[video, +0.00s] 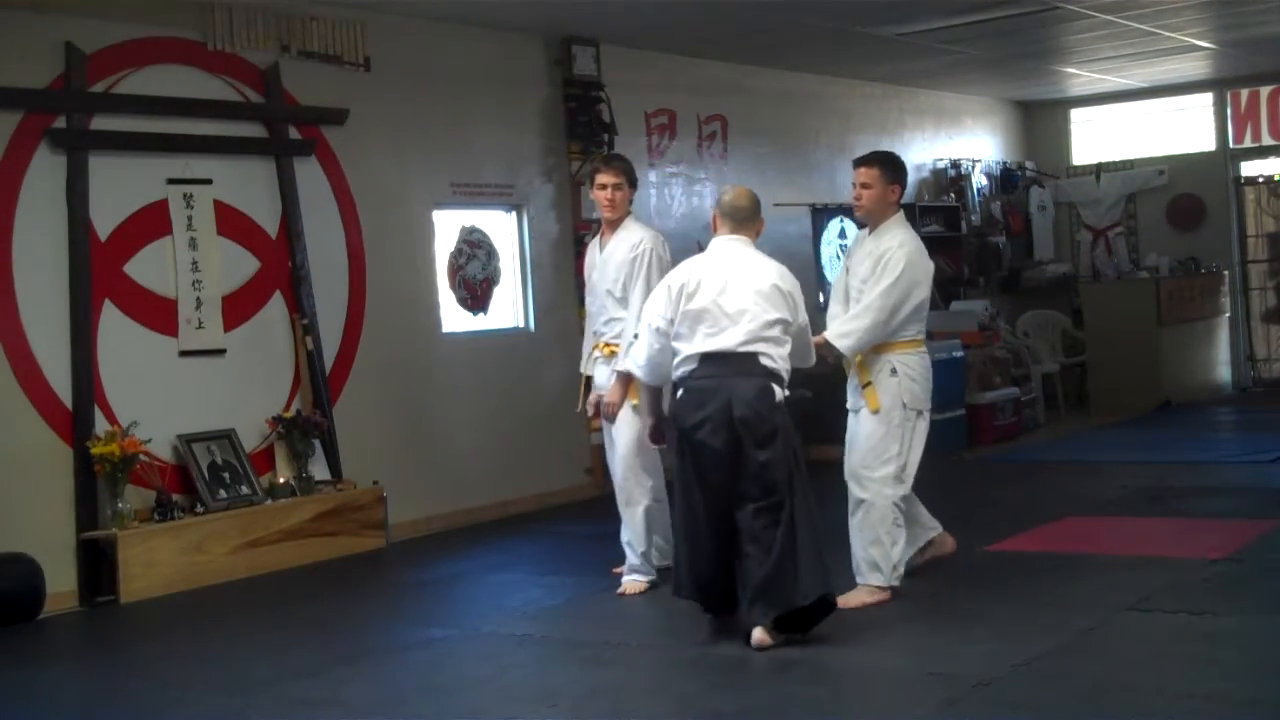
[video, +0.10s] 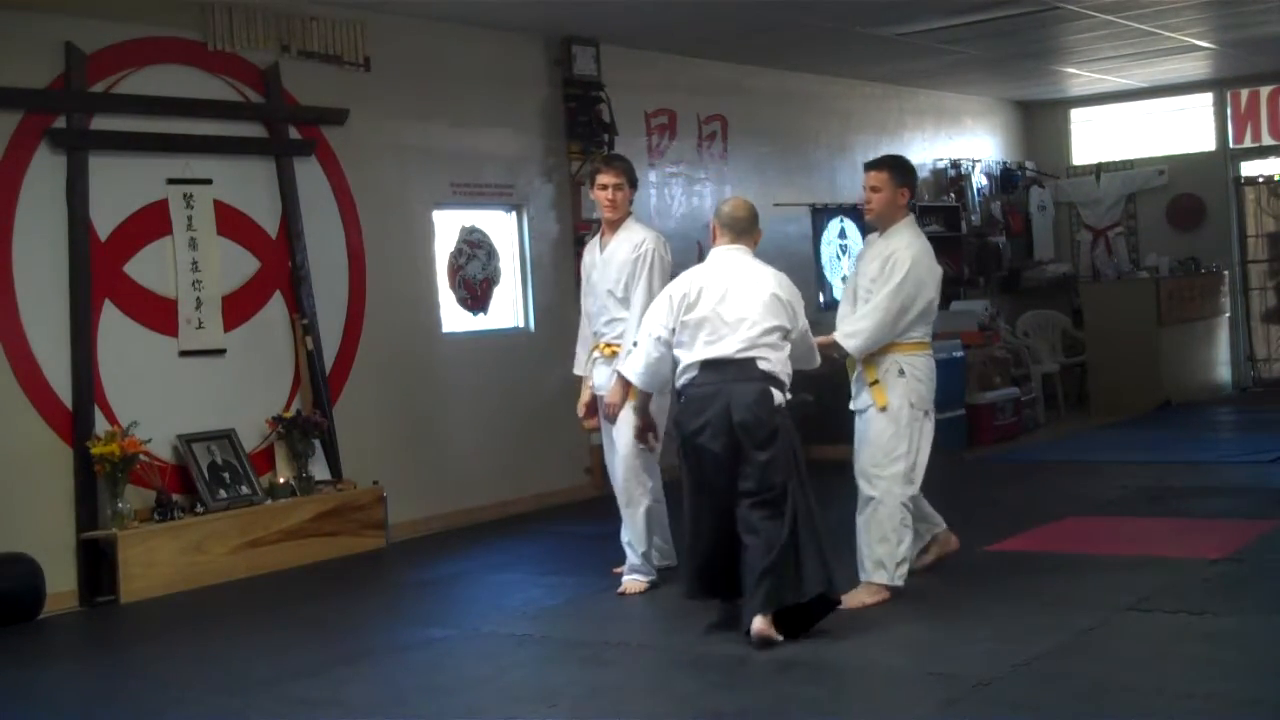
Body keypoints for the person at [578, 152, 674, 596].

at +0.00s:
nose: (608, 195)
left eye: (617, 187)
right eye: (601, 187)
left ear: (632, 193)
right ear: (591, 193)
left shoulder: (646, 243)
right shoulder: (595, 245)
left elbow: (646, 322)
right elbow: (595, 319)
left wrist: (622, 383)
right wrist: (591, 381)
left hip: (634, 369)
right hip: (604, 368)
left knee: (632, 470)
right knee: (627, 467)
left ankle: (642, 565)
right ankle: (655, 547)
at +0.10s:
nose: (610, 195)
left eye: (618, 188)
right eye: (602, 188)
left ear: (632, 193)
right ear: (591, 193)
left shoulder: (647, 244)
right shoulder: (592, 247)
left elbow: (646, 321)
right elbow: (590, 320)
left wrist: (624, 382)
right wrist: (586, 382)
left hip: (639, 363)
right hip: (604, 364)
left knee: (632, 466)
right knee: (623, 466)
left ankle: (641, 565)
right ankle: (656, 548)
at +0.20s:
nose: (611, 196)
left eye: (619, 188)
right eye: (603, 188)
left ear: (633, 194)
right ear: (592, 193)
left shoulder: (648, 244)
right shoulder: (589, 250)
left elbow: (651, 322)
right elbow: (583, 321)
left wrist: (625, 384)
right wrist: (581, 383)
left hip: (642, 368)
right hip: (602, 369)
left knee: (631, 464)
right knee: (619, 468)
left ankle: (641, 564)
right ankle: (655, 550)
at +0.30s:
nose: (614, 196)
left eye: (622, 189)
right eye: (606, 188)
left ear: (633, 194)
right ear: (593, 193)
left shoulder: (648, 245)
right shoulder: (584, 252)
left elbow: (651, 323)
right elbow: (576, 322)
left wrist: (623, 379)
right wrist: (574, 383)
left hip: (639, 368)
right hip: (599, 370)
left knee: (629, 463)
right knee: (616, 466)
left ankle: (640, 566)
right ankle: (652, 549)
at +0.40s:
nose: (613, 194)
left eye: (622, 187)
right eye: (605, 186)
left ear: (631, 193)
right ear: (591, 191)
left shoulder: (647, 244)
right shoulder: (579, 251)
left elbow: (647, 320)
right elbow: (568, 318)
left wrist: (625, 381)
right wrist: (568, 377)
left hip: (634, 373)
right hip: (594, 371)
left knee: (626, 467)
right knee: (608, 468)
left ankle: (638, 566)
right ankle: (647, 546)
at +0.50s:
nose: (610, 194)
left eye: (619, 187)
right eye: (602, 186)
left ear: (629, 193)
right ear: (589, 190)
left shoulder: (645, 243)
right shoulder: (575, 250)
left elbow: (646, 316)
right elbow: (567, 314)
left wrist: (623, 375)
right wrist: (569, 372)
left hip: (635, 370)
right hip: (590, 369)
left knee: (628, 467)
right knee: (588, 463)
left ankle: (640, 567)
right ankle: (632, 544)